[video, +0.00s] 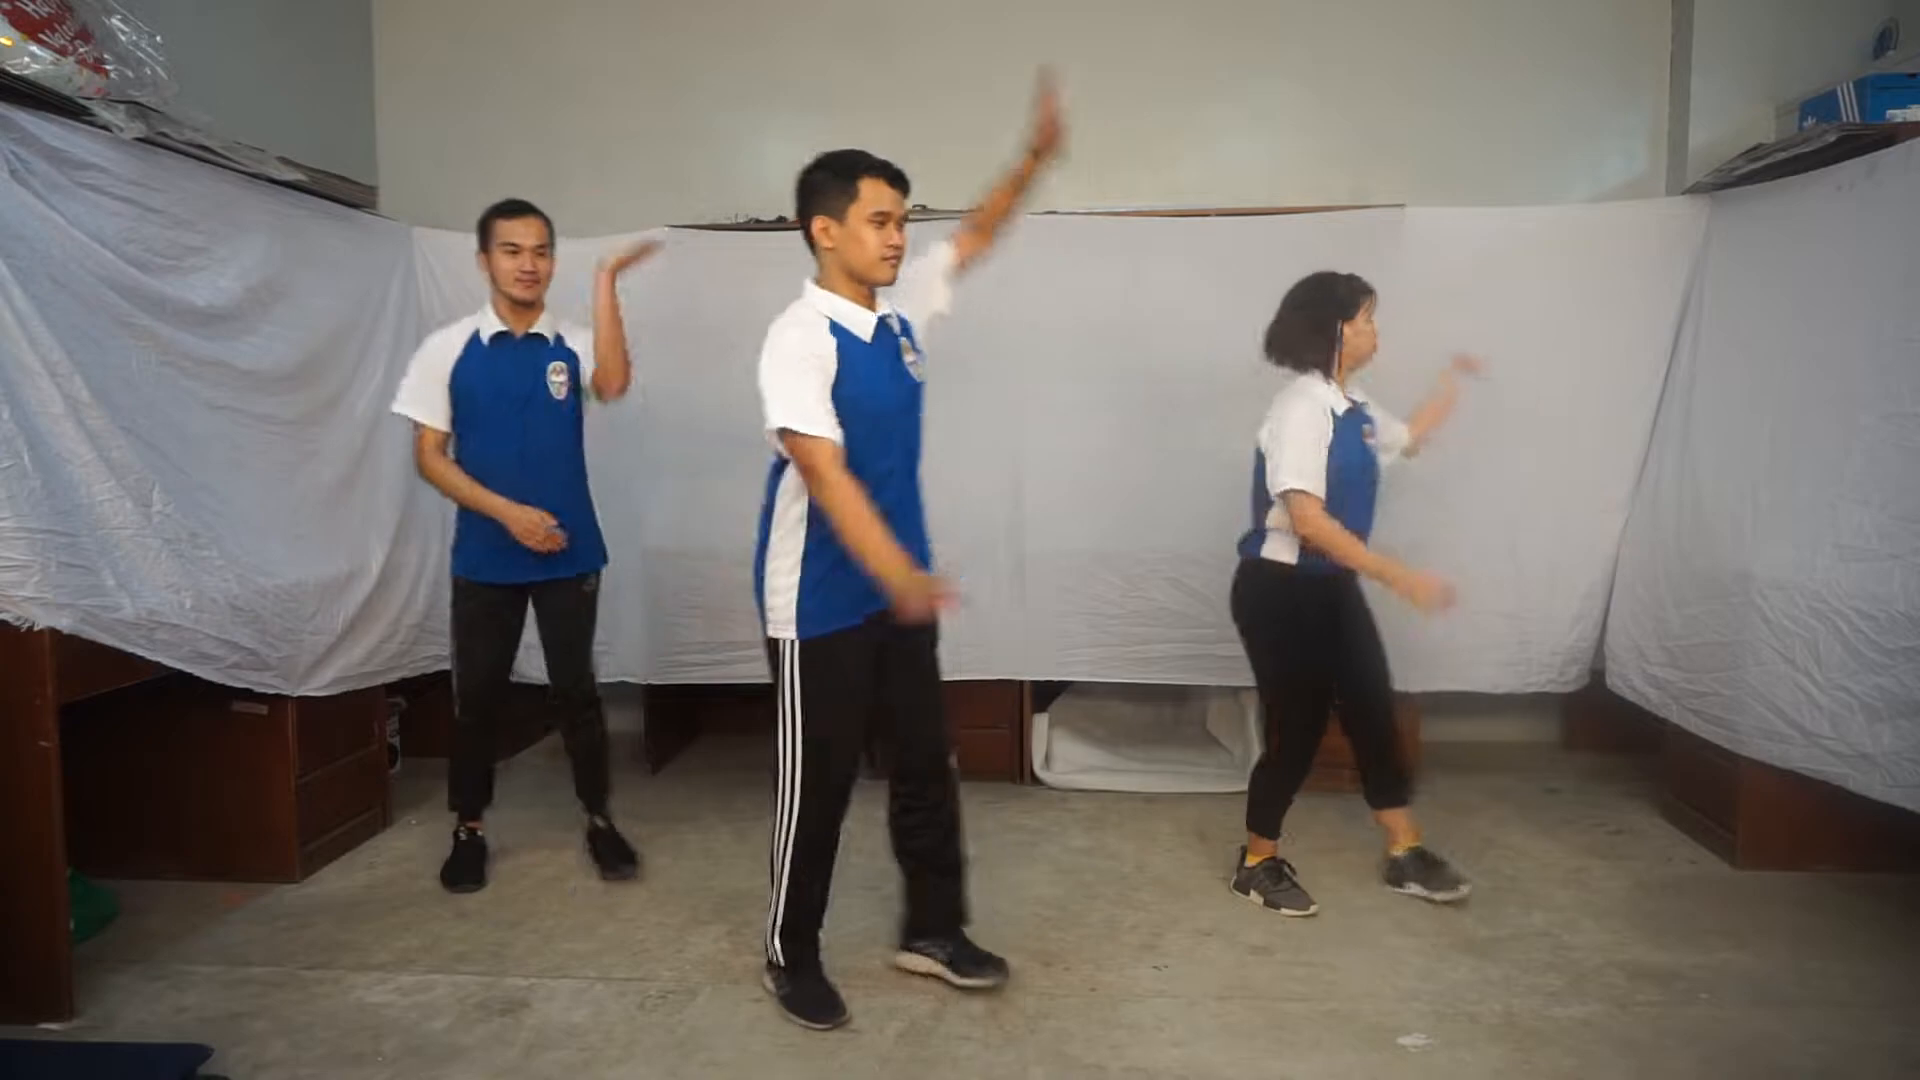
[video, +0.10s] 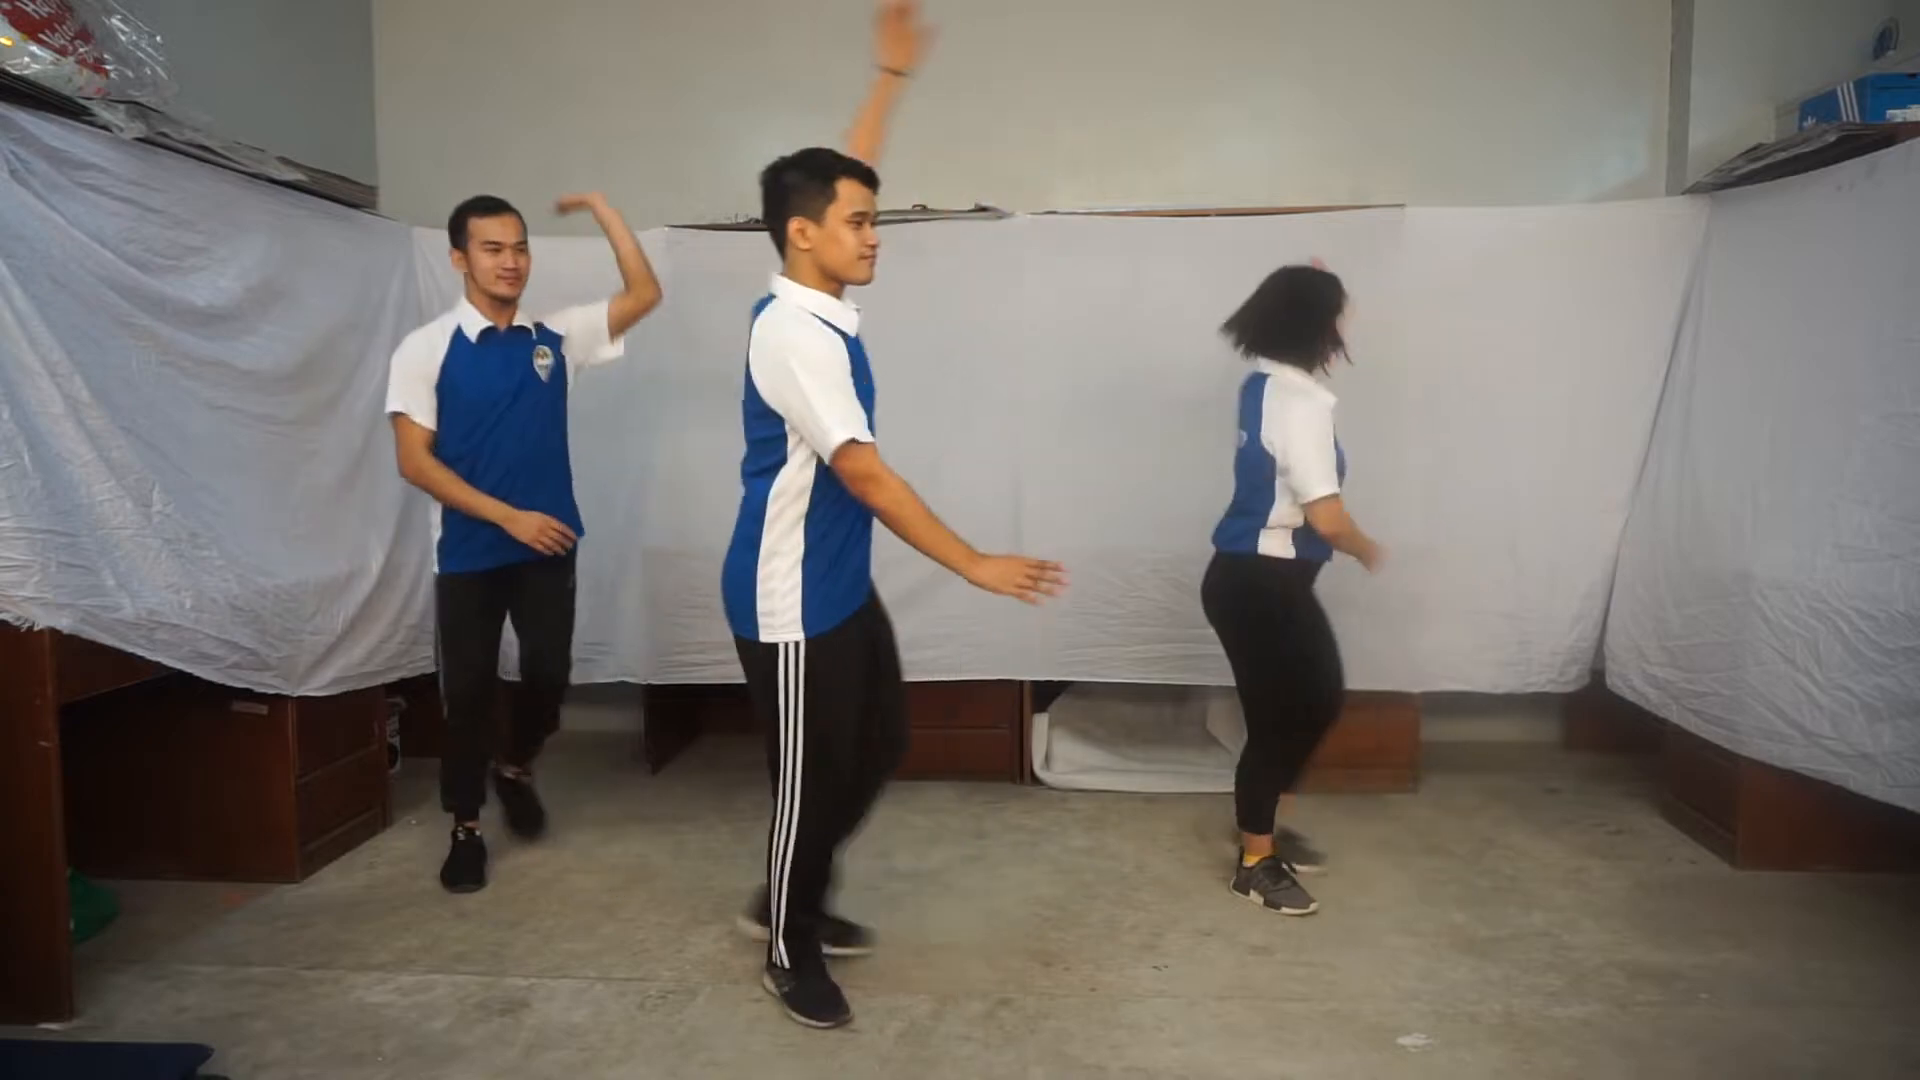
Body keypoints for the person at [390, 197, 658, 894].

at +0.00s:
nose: (529, 263)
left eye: (540, 251)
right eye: (512, 251)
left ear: (551, 262)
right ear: (485, 261)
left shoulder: (571, 343)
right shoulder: (447, 350)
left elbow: (612, 384)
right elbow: (429, 458)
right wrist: (510, 512)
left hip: (569, 555)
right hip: (486, 558)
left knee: (577, 691)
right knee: (476, 702)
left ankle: (600, 822)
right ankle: (468, 832)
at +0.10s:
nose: (510, 260)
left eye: (519, 248)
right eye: (493, 248)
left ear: (531, 258)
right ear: (459, 258)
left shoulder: (556, 337)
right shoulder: (425, 350)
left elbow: (644, 293)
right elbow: (414, 462)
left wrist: (601, 206)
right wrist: (510, 516)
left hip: (546, 549)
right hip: (468, 556)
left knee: (548, 681)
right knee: (468, 696)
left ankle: (515, 769)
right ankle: (464, 828)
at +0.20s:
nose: (505, 261)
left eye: (512, 247)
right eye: (487, 249)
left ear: (521, 256)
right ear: (454, 261)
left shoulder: (538, 329)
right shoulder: (425, 350)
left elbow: (592, 254)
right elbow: (411, 465)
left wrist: (582, 154)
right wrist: (509, 516)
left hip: (535, 552)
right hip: (467, 558)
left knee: (517, 696)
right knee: (471, 701)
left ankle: (465, 767)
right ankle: (468, 826)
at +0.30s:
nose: (503, 263)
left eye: (510, 251)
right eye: (487, 251)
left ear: (517, 258)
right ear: (452, 264)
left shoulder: (509, 323)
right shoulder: (437, 350)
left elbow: (533, 229)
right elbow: (433, 465)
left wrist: (540, 139)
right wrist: (525, 507)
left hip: (520, 541)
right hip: (464, 552)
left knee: (490, 686)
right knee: (469, 695)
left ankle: (460, 795)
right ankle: (464, 827)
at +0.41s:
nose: (504, 267)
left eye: (509, 255)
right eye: (489, 257)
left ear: (511, 262)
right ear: (453, 268)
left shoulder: (496, 322)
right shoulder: (448, 352)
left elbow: (503, 232)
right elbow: (459, 469)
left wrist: (505, 150)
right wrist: (541, 497)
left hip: (508, 536)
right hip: (460, 545)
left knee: (477, 672)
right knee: (470, 687)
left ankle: (450, 776)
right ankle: (469, 825)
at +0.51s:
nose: (508, 275)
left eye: (510, 262)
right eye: (492, 265)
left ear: (510, 269)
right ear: (456, 277)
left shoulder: (495, 326)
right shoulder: (453, 356)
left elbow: (499, 237)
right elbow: (473, 476)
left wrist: (500, 154)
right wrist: (546, 493)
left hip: (501, 535)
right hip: (460, 544)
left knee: (474, 671)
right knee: (473, 684)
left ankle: (443, 779)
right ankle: (471, 826)